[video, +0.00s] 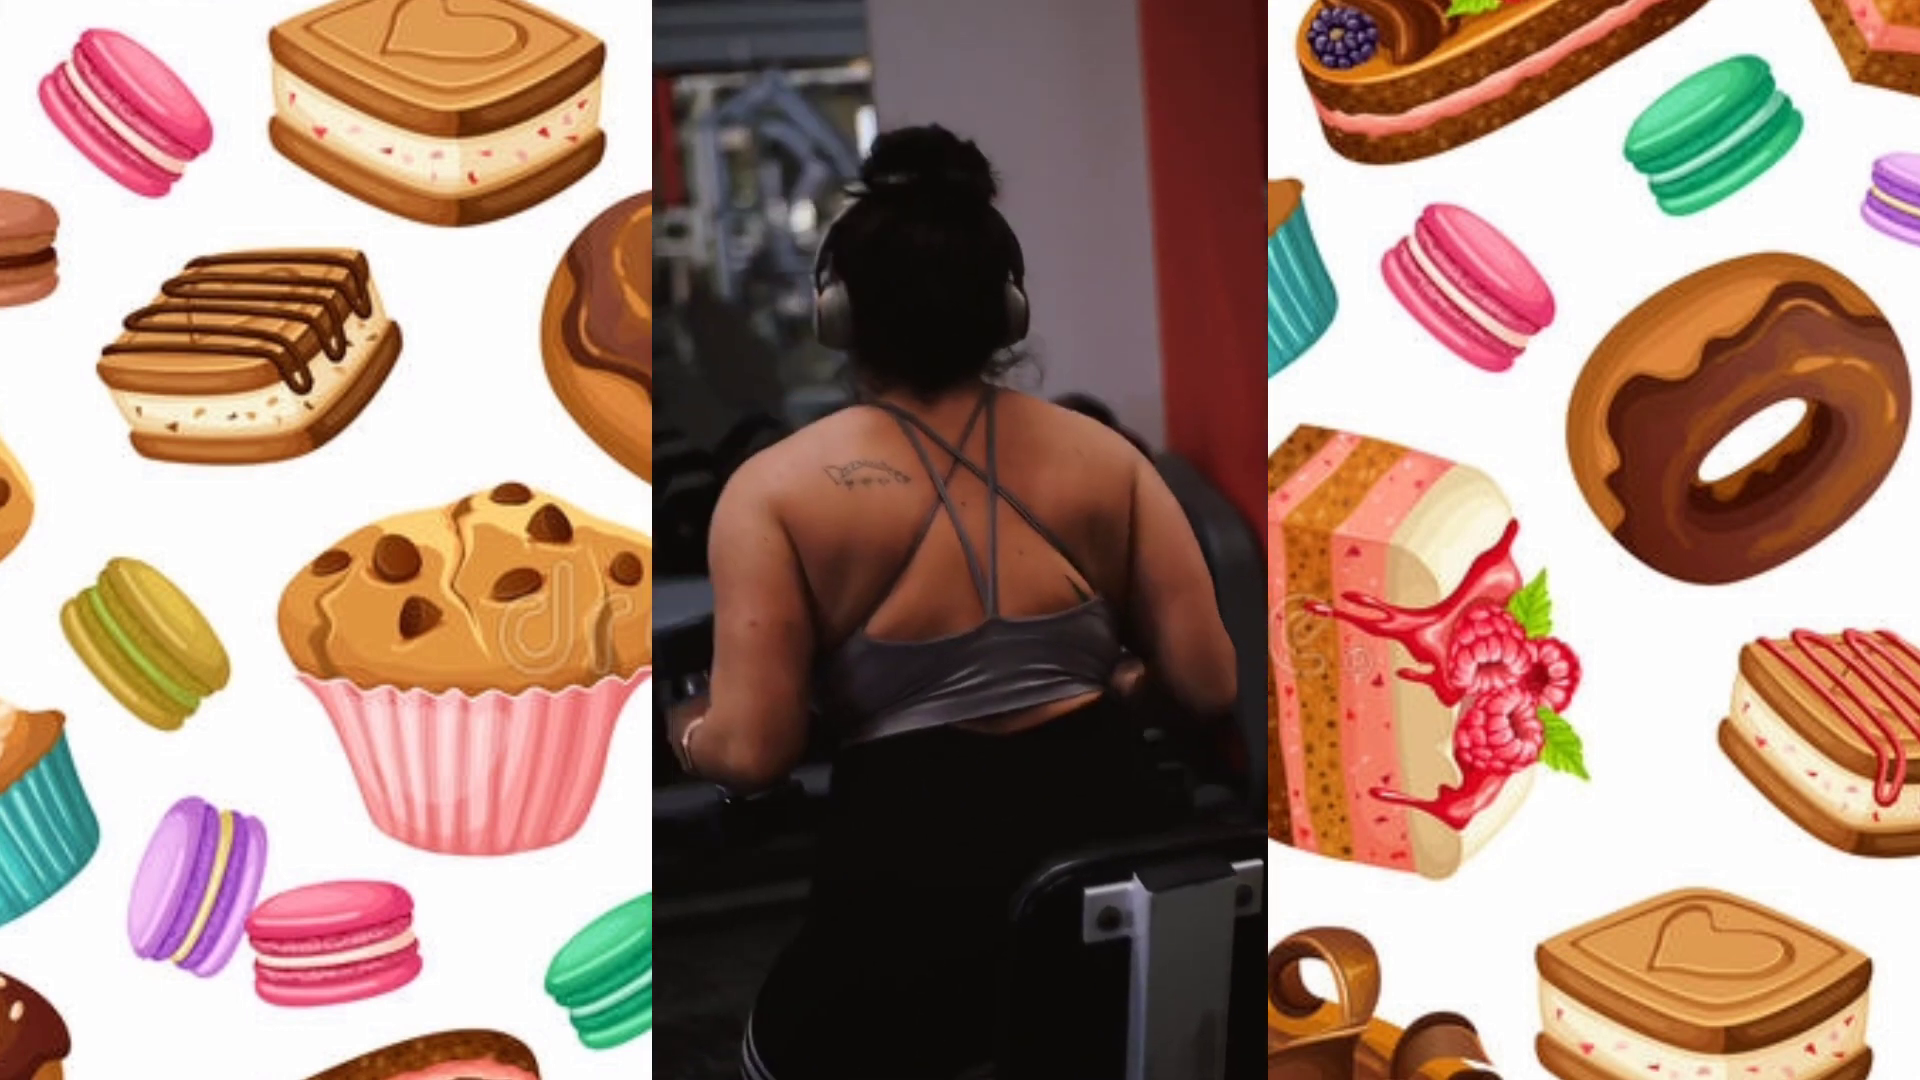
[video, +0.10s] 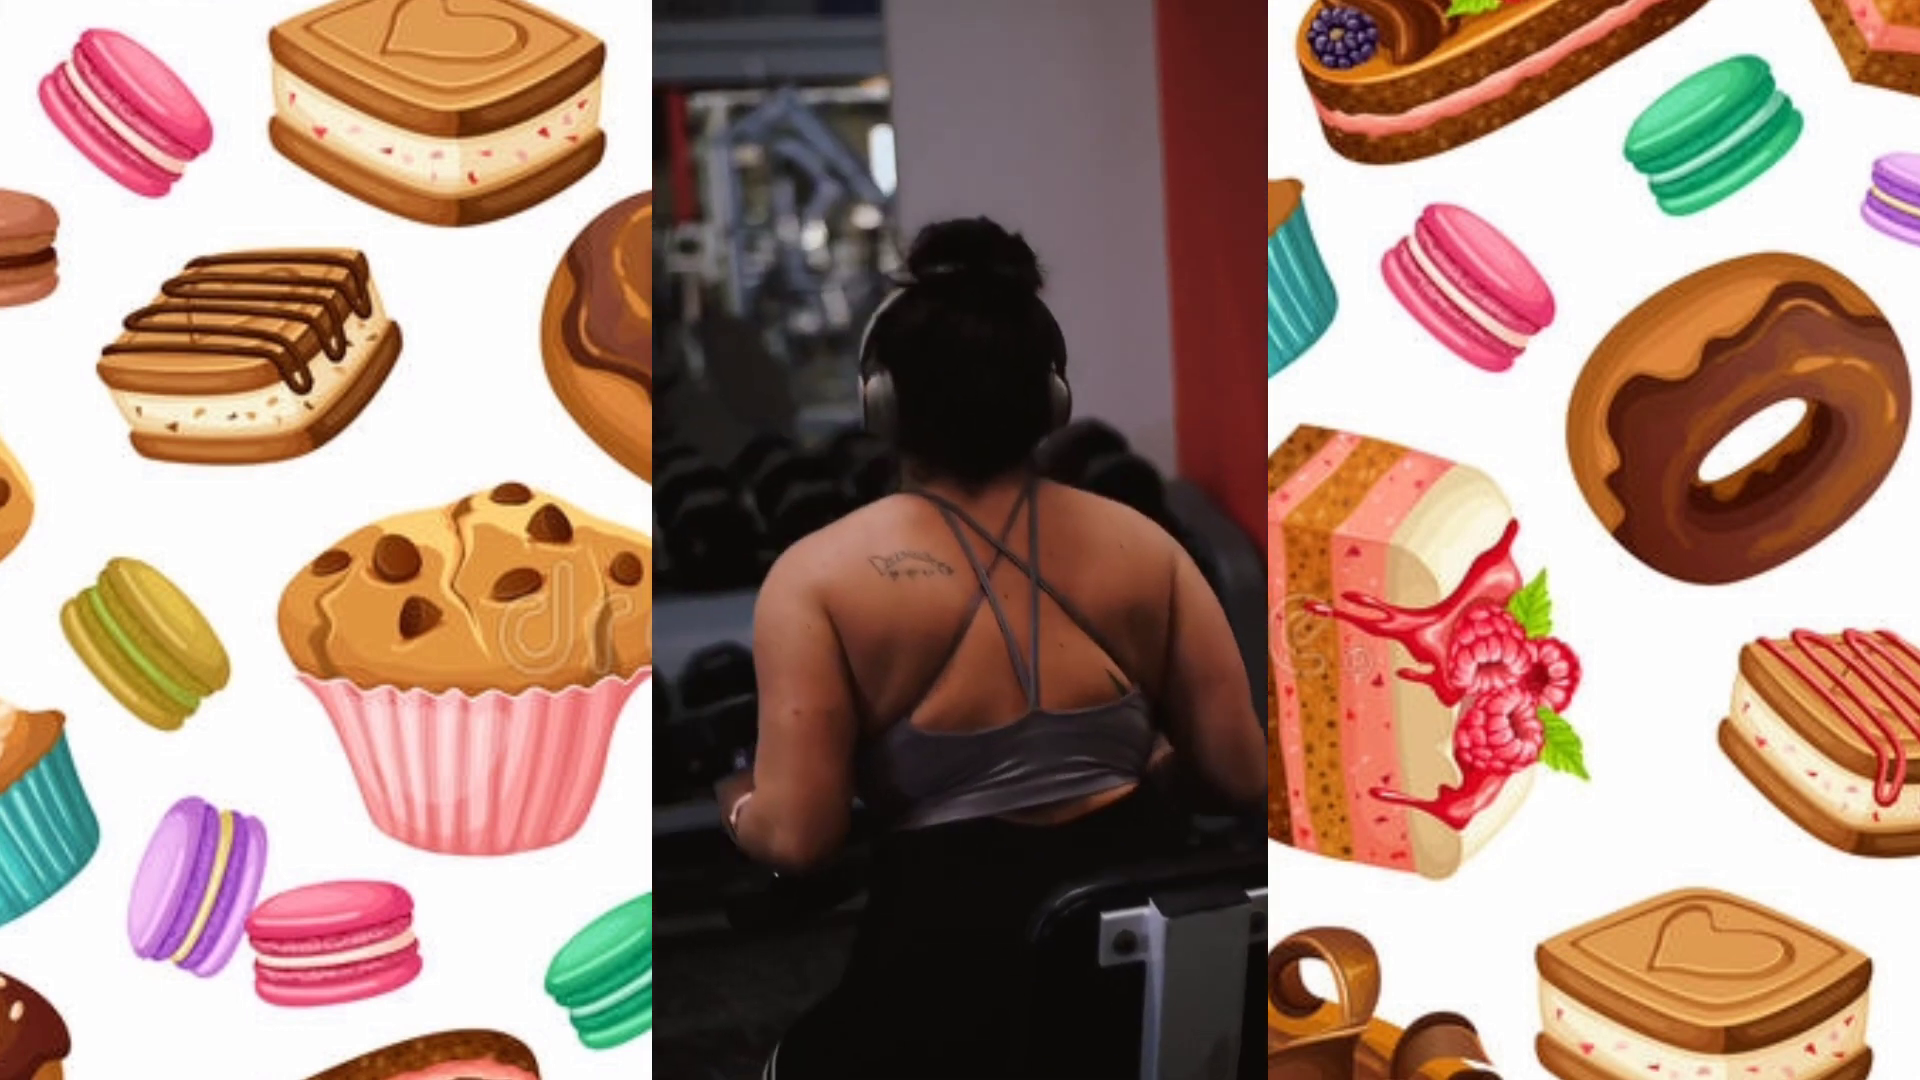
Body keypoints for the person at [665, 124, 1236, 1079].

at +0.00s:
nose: (821, 299)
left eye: (829, 282)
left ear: (841, 310)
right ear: (1003, 303)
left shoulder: (776, 492)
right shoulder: (1101, 457)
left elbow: (755, 752)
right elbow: (1211, 683)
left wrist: (696, 735)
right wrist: (1123, 681)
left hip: (908, 919)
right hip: (1113, 902)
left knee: (781, 1047)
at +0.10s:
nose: (862, 399)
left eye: (867, 383)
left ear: (882, 407)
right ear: (1053, 400)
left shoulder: (817, 580)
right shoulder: (1142, 548)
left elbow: (800, 837)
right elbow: (1245, 774)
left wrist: (749, 813)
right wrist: (1154, 759)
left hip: (938, 1000)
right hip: (1142, 988)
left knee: (800, 1057)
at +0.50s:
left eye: (931, 450)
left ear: (950, 474)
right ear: (1129, 457)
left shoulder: (885, 663)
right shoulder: (1223, 611)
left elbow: (858, 935)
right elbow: (1291, 837)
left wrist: (814, 860)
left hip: (973, 1038)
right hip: (1187, 1018)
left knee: (810, 951)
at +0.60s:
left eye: (941, 408)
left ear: (957, 433)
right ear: (1143, 420)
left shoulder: (881, 620)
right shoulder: (1232, 579)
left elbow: (841, 896)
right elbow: (1284, 816)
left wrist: (814, 811)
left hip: (965, 1014)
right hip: (1188, 992)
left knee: (800, 915)